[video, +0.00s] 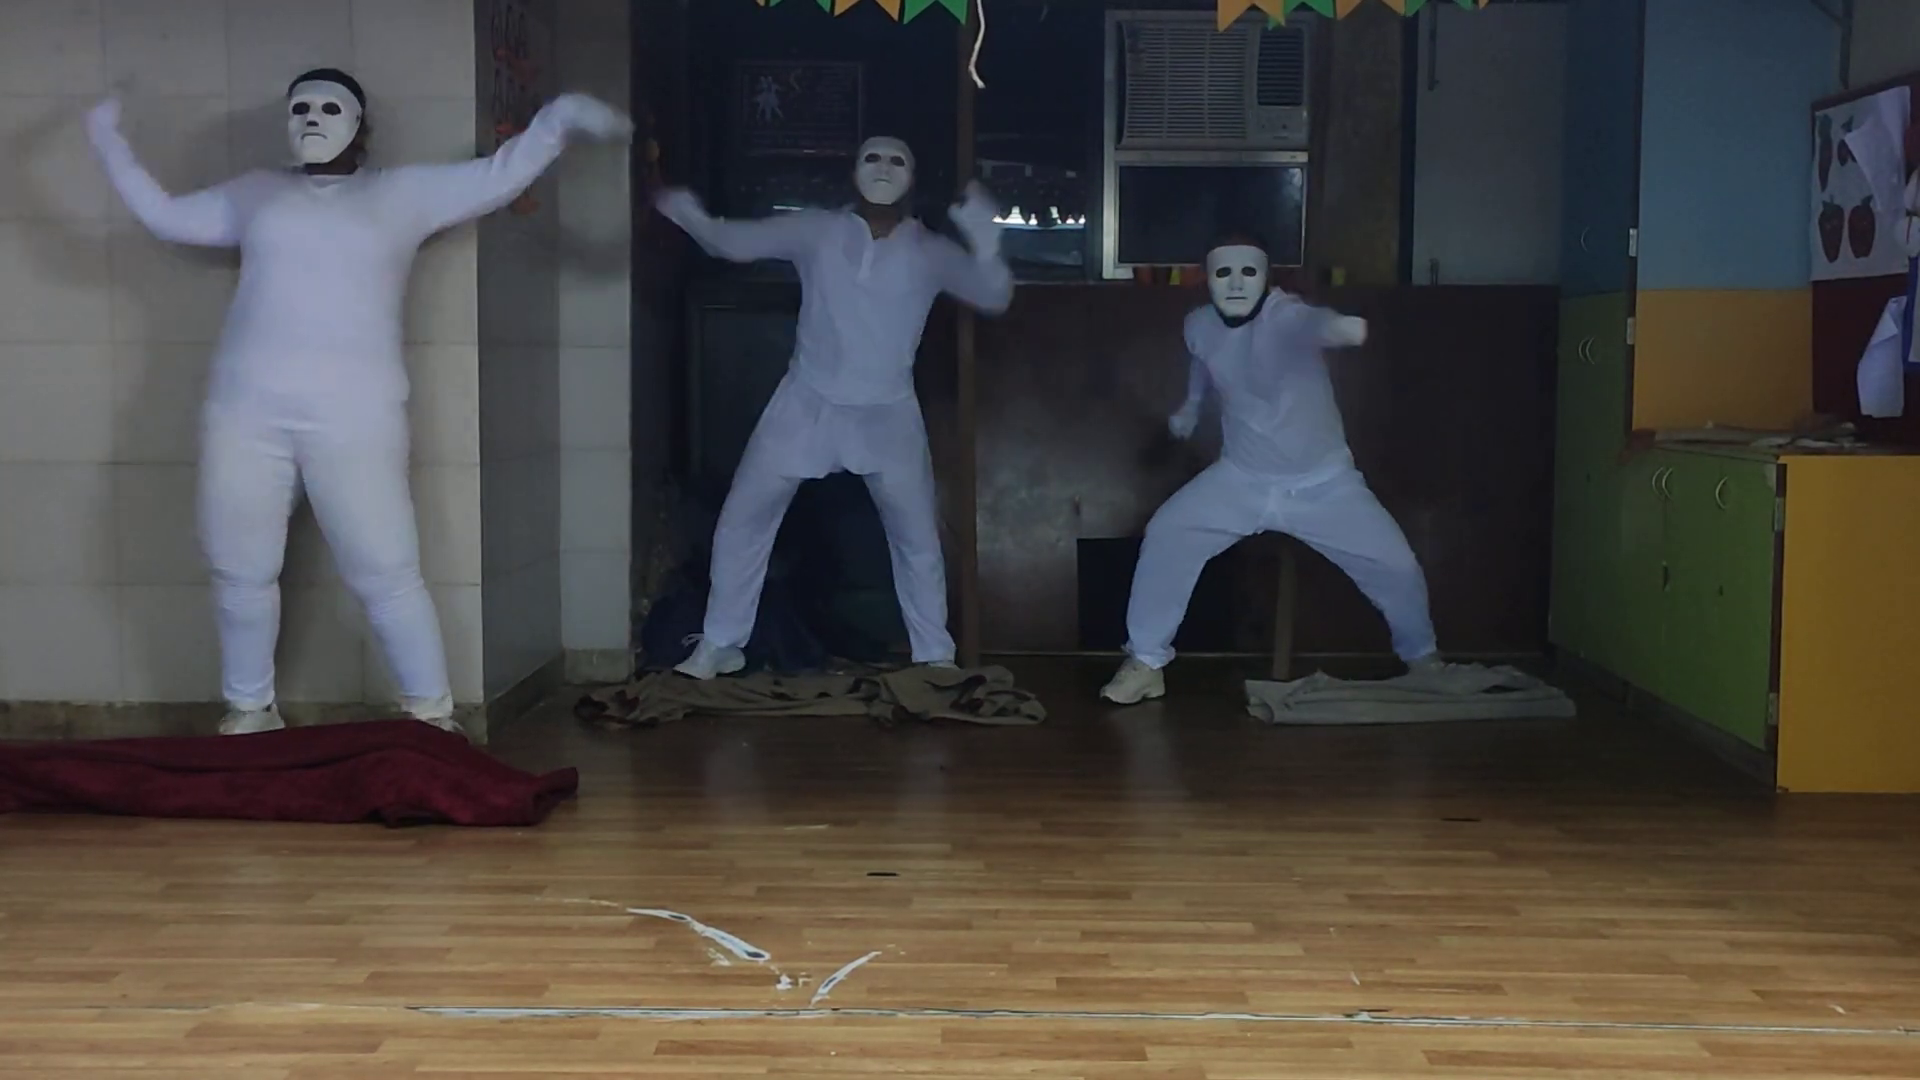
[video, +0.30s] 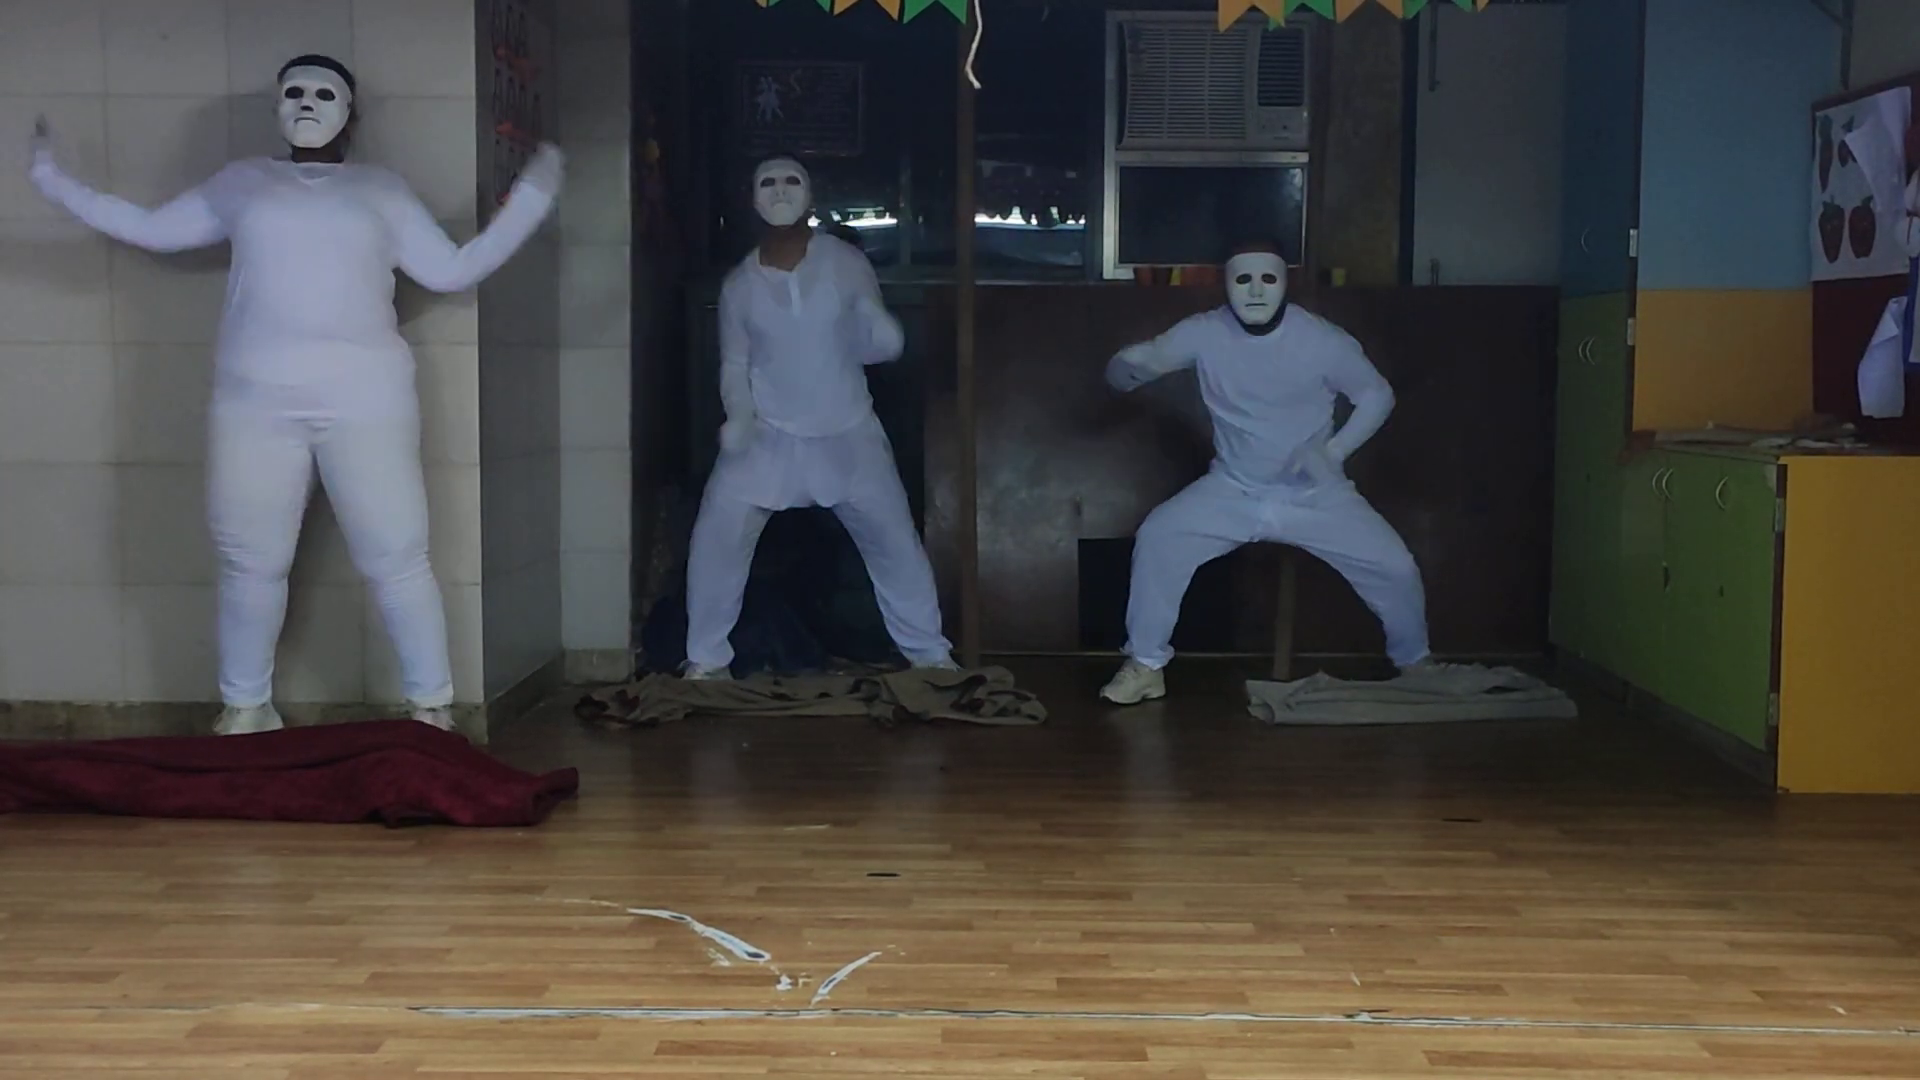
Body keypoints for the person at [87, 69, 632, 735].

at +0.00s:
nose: (311, 119)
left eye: (328, 108)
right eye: (300, 109)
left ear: (358, 125)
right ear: (287, 123)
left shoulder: (396, 195)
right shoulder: (257, 198)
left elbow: (497, 178)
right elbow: (165, 214)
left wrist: (556, 122)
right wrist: (108, 139)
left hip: (353, 414)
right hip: (249, 411)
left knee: (384, 571)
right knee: (241, 572)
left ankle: (431, 715)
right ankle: (249, 715)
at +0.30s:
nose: (307, 106)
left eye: (324, 95)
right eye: (294, 93)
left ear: (349, 109)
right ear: (277, 104)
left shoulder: (381, 193)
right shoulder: (243, 185)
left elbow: (453, 270)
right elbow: (156, 229)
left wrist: (532, 197)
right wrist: (57, 185)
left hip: (367, 401)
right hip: (257, 401)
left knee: (398, 559)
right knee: (250, 561)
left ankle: (432, 711)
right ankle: (246, 713)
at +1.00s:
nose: (270, 129)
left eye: (279, 114)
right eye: (256, 129)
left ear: (312, 120)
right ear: (249, 154)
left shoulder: (367, 199)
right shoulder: (245, 206)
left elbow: (403, 94)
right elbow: (180, 117)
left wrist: (349, 9)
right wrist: (216, 19)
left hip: (336, 424)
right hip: (226, 421)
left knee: (372, 583)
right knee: (224, 580)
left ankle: (424, 719)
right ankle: (222, 726)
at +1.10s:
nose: (270, 140)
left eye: (278, 125)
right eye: (253, 138)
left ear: (309, 131)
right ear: (242, 161)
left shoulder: (363, 202)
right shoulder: (235, 213)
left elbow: (413, 102)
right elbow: (166, 133)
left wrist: (322, 47)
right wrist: (220, 41)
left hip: (328, 431)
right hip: (219, 424)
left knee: (368, 584)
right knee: (222, 579)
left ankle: (423, 718)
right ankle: (222, 724)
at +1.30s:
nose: (297, 105)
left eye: (313, 95)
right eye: (284, 93)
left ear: (336, 112)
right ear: (262, 106)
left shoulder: (374, 182)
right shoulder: (225, 177)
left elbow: (483, 159)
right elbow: (115, 173)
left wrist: (562, 103)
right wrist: (18, 167)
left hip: (362, 396)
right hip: (251, 398)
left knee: (388, 559)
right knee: (239, 565)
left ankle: (420, 716)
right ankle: (221, 720)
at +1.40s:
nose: (319, 130)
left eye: (339, 127)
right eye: (313, 114)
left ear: (357, 147)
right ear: (289, 118)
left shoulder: (376, 203)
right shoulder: (227, 201)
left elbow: (472, 258)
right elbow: (146, 274)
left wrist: (563, 292)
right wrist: (52, 318)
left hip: (383, 411)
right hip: (275, 417)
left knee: (393, 563)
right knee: (237, 565)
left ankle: (415, 711)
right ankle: (226, 717)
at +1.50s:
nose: (333, 161)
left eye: (352, 163)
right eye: (330, 144)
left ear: (363, 183)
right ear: (304, 143)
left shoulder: (377, 239)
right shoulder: (244, 237)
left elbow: (429, 338)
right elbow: (217, 341)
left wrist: (462, 431)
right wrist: (182, 436)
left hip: (395, 428)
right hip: (290, 442)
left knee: (407, 578)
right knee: (239, 580)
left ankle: (414, 715)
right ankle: (231, 716)